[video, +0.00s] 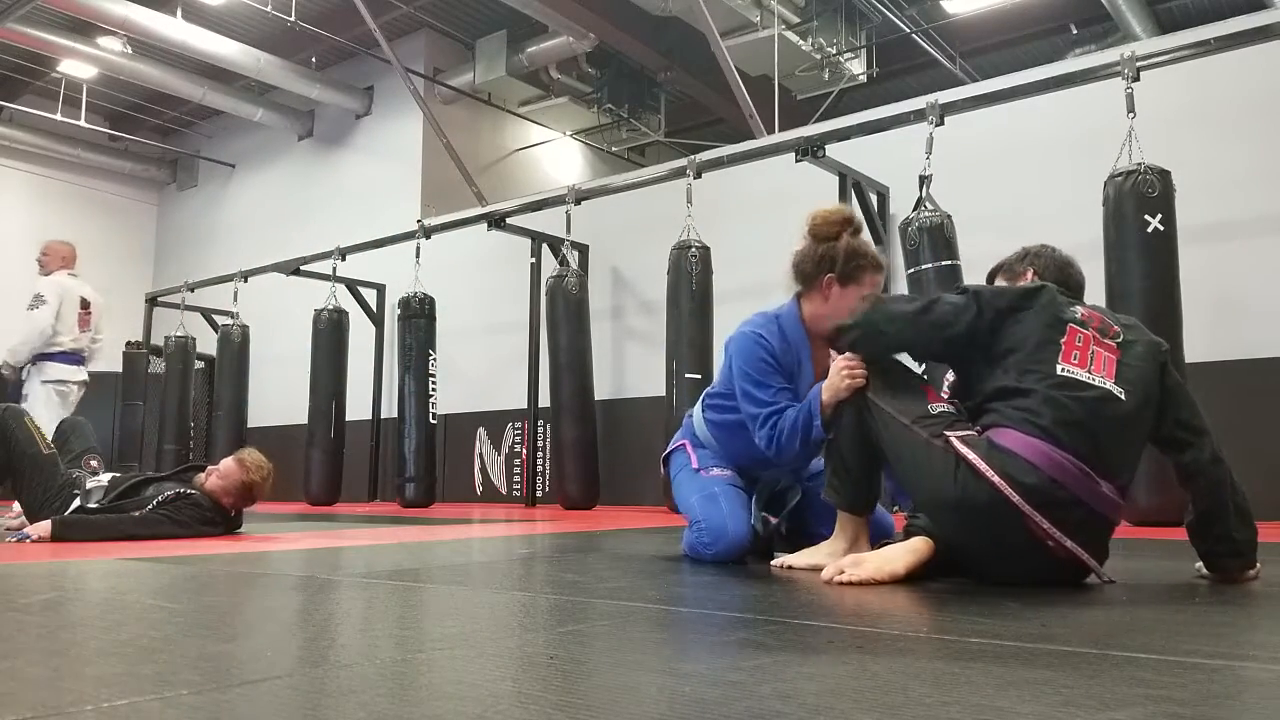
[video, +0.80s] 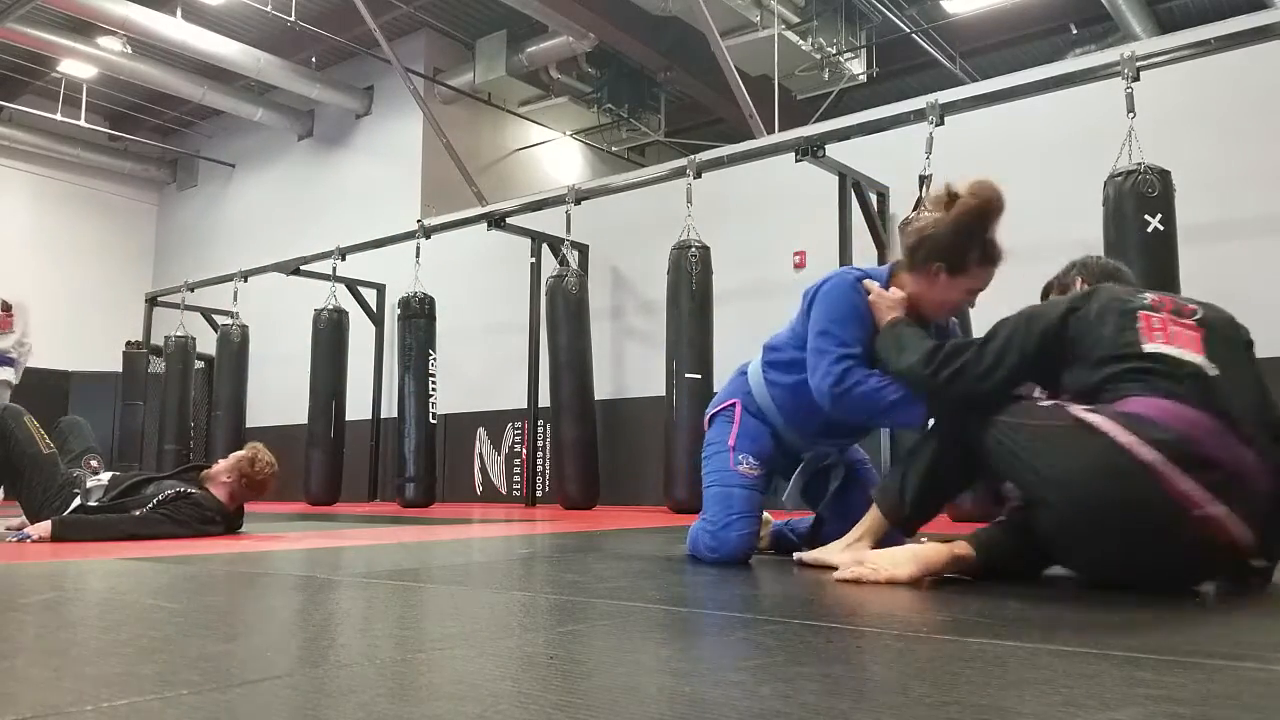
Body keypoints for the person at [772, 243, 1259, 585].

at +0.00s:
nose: (992, 306)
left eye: (998, 295)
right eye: (993, 296)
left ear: (1029, 280)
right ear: (1080, 292)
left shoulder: (1015, 302)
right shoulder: (1148, 349)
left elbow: (880, 319)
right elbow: (1204, 462)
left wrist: (844, 343)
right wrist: (1230, 560)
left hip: (974, 502)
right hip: (1060, 561)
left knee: (862, 370)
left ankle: (846, 538)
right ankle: (913, 550)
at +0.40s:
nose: (1014, 299)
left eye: (1019, 289)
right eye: (1015, 290)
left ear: (1053, 274)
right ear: (1097, 282)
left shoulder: (1037, 302)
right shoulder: (1168, 345)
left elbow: (920, 358)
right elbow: (1220, 462)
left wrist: (855, 328)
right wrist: (1233, 563)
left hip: (975, 496)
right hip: (1059, 559)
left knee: (884, 386)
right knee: (966, 543)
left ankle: (849, 535)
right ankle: (911, 551)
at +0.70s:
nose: (1041, 305)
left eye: (1044, 294)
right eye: (1041, 295)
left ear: (1072, 277)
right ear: (1124, 280)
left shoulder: (1064, 302)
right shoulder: (1210, 339)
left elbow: (945, 382)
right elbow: (1249, 464)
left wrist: (884, 335)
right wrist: (1236, 567)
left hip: (1010, 476)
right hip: (1104, 553)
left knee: (944, 412)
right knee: (985, 538)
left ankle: (859, 535)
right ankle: (932, 552)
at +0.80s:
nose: (1050, 321)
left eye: (1052, 311)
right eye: (1050, 313)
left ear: (1073, 291)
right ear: (1130, 286)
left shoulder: (1074, 306)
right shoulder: (1227, 325)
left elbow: (954, 377)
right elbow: (1264, 436)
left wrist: (892, 324)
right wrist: (1252, 558)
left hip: (1108, 476)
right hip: (1205, 545)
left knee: (976, 408)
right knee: (1058, 517)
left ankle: (863, 535)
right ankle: (942, 557)